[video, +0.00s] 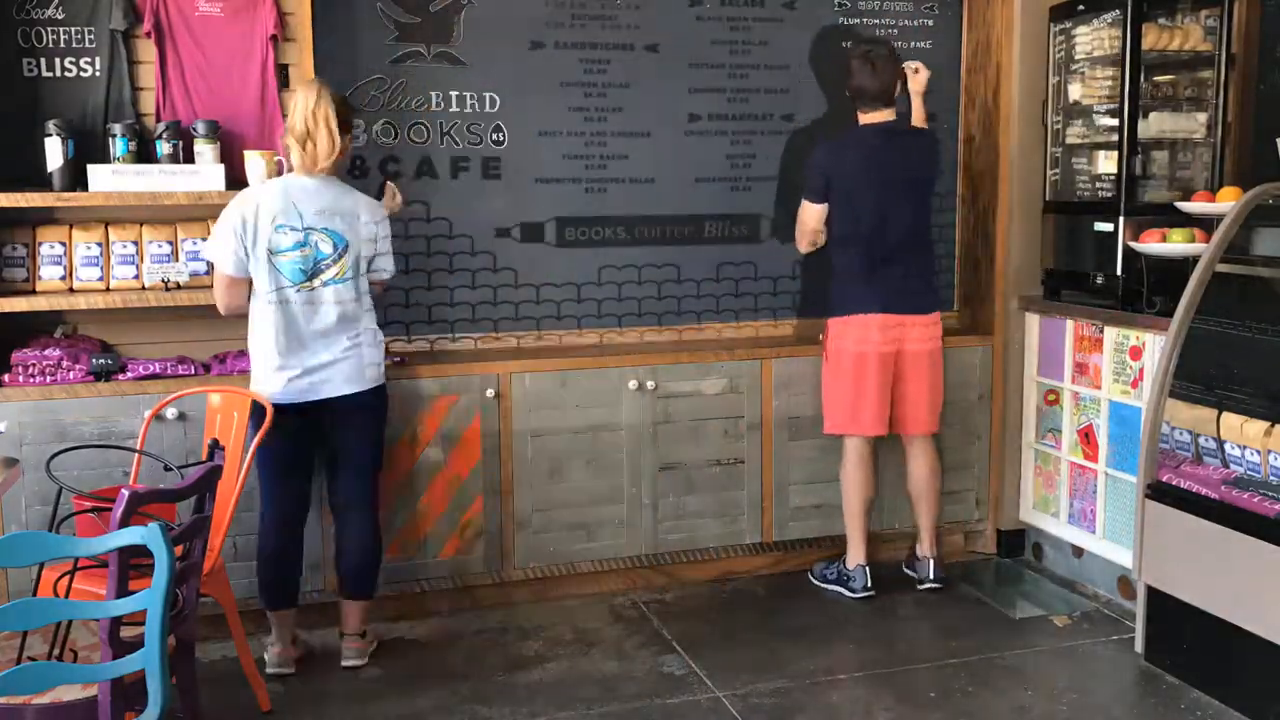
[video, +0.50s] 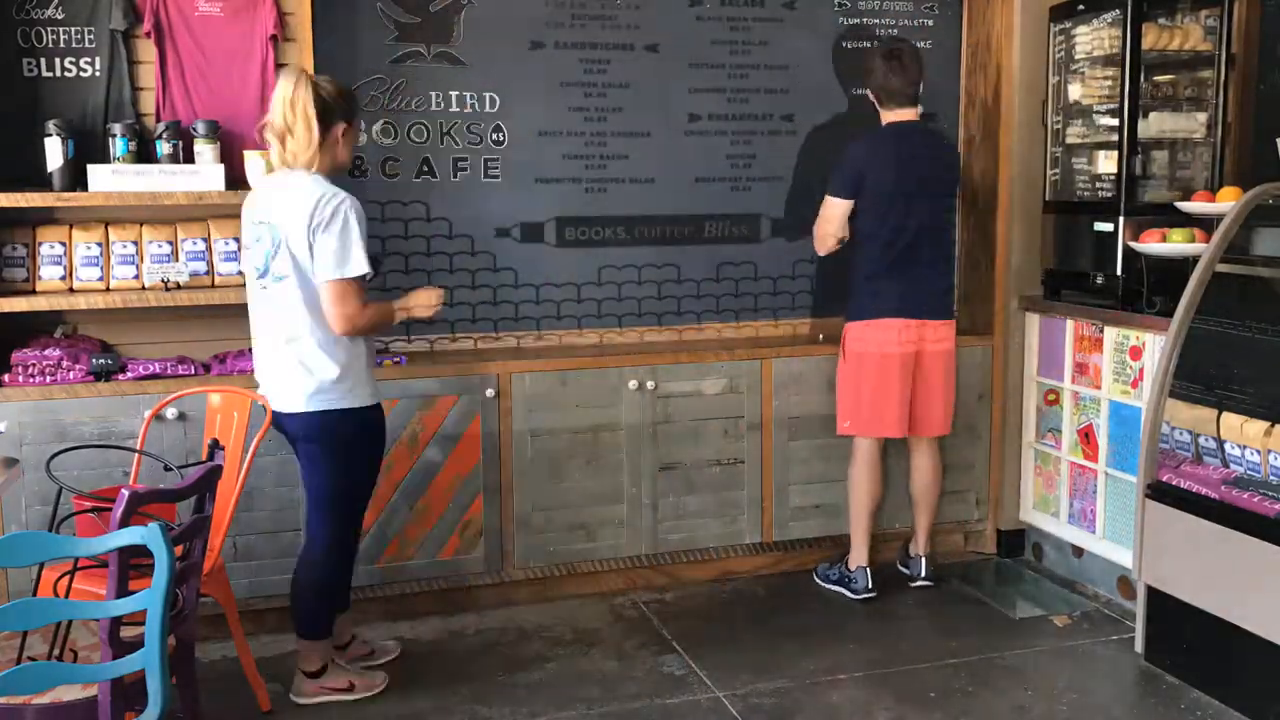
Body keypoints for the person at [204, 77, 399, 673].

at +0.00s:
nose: (336, 143)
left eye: (293, 130)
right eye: (343, 134)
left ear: (287, 135)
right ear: (345, 137)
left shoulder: (248, 205)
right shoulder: (365, 208)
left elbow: (229, 299)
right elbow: (379, 284)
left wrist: (290, 286)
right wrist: (383, 215)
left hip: (279, 389)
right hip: (356, 386)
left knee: (279, 514)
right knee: (356, 507)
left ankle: (282, 642)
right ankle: (354, 638)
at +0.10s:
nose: (372, 149)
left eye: (370, 140)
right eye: (370, 139)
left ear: (306, 136)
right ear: (360, 139)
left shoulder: (270, 202)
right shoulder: (385, 207)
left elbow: (244, 299)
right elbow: (377, 272)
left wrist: (295, 292)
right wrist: (378, 200)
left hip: (309, 387)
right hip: (385, 380)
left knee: (320, 510)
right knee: (393, 497)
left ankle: (324, 637)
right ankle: (402, 627)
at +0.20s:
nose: (397, 139)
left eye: (392, 130)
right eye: (394, 132)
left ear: (332, 136)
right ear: (387, 138)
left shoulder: (310, 205)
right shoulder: (415, 200)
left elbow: (297, 304)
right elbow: (454, 248)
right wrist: (439, 190)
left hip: (345, 386)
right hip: (420, 378)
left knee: (345, 508)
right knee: (432, 494)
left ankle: (336, 634)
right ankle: (443, 620)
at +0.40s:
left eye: (420, 133)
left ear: (419, 139)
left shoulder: (391, 202)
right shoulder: (494, 211)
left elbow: (370, 293)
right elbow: (501, 279)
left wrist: (320, 263)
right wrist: (488, 204)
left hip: (412, 383)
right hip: (484, 380)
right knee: (506, 484)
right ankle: (525, 605)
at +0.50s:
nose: (355, 146)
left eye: (352, 134)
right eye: (351, 134)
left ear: (292, 131)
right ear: (332, 133)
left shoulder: (260, 198)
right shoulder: (331, 204)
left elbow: (281, 304)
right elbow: (348, 316)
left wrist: (366, 319)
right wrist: (404, 307)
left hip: (294, 400)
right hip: (336, 404)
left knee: (334, 529)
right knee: (331, 538)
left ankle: (335, 642)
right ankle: (314, 671)